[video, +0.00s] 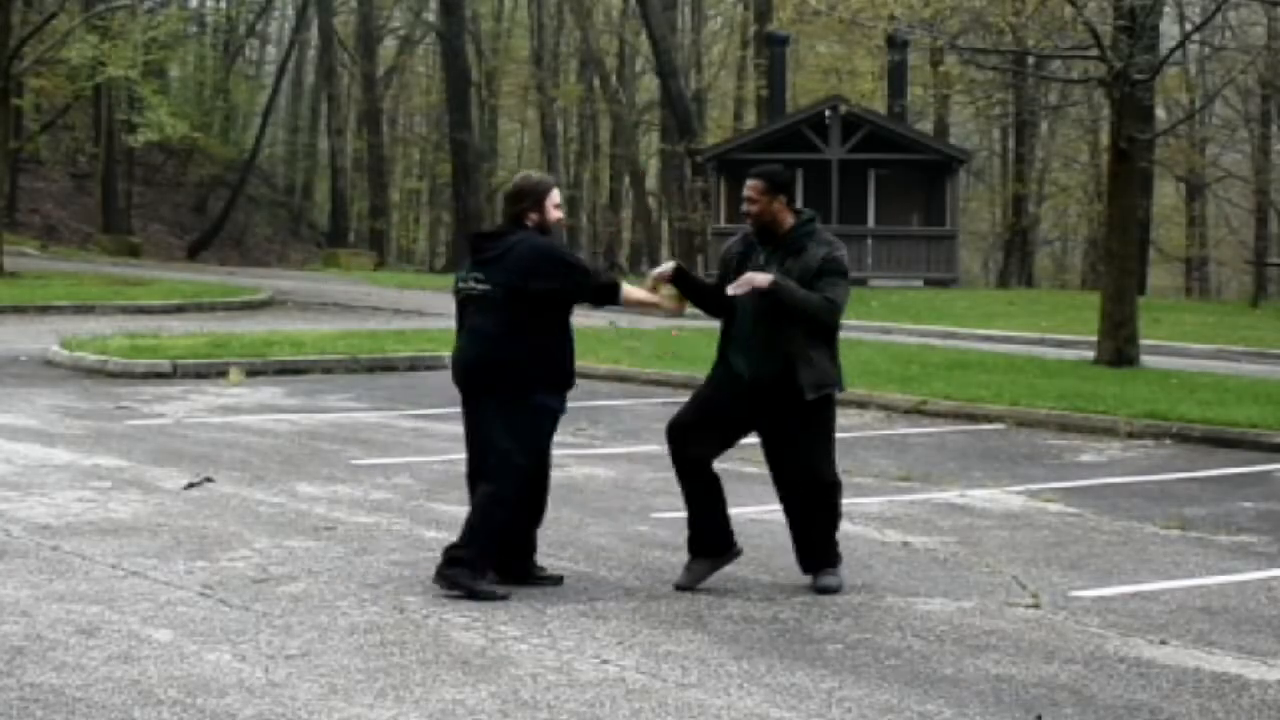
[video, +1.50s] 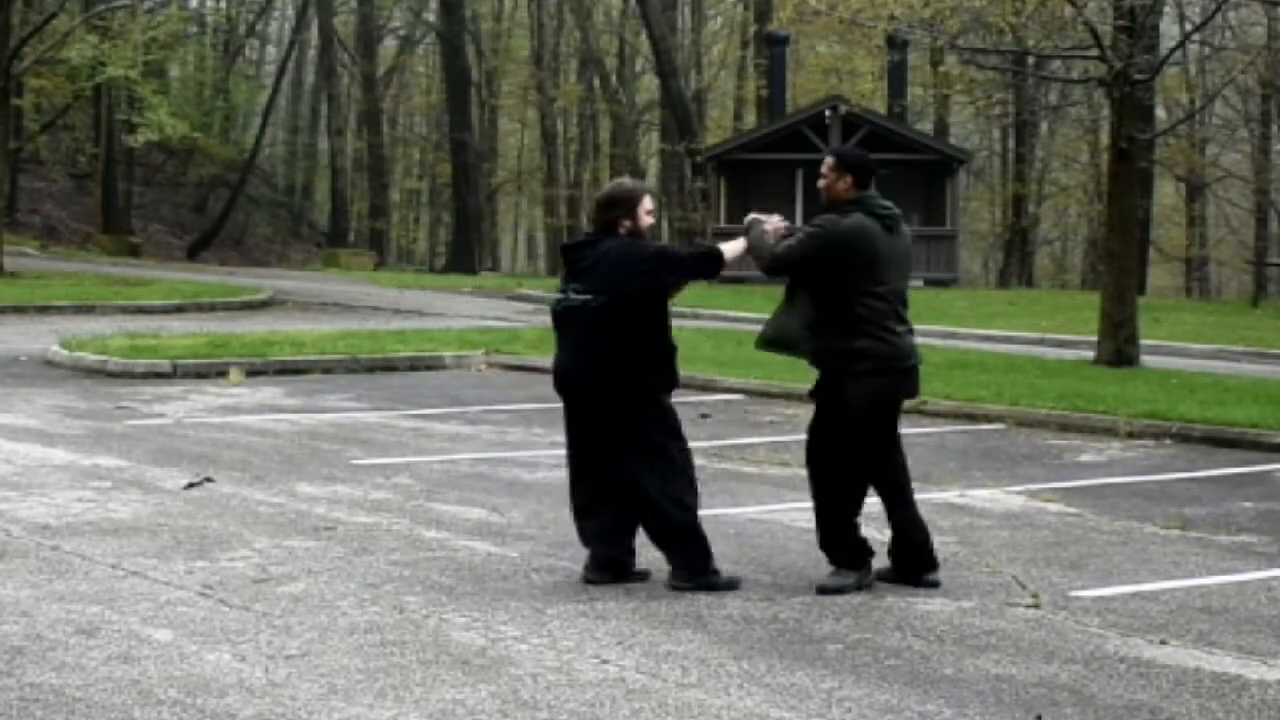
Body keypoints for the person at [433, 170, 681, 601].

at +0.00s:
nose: (563, 215)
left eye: (561, 206)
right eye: (557, 207)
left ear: (521, 213)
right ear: (534, 213)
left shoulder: (488, 253)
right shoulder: (542, 254)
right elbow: (601, 289)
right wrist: (658, 301)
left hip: (485, 385)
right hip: (527, 390)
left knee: (500, 472)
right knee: (519, 478)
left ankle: (515, 562)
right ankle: (463, 566)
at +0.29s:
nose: (571, 215)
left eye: (571, 207)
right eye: (565, 207)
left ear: (537, 212)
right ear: (540, 210)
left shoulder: (544, 254)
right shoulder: (523, 252)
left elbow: (602, 281)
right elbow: (555, 315)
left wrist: (665, 258)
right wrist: (596, 318)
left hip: (533, 386)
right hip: (519, 387)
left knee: (524, 473)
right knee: (535, 476)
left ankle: (517, 564)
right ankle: (514, 571)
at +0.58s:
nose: (567, 217)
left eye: (567, 209)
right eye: (559, 210)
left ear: (549, 214)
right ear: (532, 214)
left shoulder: (567, 255)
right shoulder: (505, 260)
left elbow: (626, 250)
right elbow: (538, 306)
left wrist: (669, 209)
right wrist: (584, 273)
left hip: (574, 396)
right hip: (527, 401)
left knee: (596, 481)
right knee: (532, 489)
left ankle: (580, 563)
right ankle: (516, 573)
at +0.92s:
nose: (584, 214)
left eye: (584, 206)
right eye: (577, 208)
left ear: (559, 214)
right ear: (551, 213)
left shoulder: (578, 256)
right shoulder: (525, 263)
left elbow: (639, 258)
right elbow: (566, 313)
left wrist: (686, 227)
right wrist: (607, 286)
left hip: (582, 398)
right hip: (538, 403)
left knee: (602, 476)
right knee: (538, 489)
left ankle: (594, 559)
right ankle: (514, 573)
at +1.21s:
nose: (621, 216)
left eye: (620, 208)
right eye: (615, 208)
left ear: (587, 214)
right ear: (593, 214)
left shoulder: (571, 256)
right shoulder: (586, 259)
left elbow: (627, 303)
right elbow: (648, 297)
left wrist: (681, 305)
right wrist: (682, 251)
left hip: (589, 392)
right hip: (584, 397)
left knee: (608, 480)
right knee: (576, 485)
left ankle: (609, 563)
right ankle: (524, 561)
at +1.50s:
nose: (654, 221)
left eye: (652, 213)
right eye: (648, 214)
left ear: (609, 220)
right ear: (625, 220)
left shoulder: (581, 260)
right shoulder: (641, 258)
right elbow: (705, 260)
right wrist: (755, 238)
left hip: (588, 395)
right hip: (636, 395)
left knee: (603, 474)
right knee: (667, 475)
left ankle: (607, 562)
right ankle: (692, 567)